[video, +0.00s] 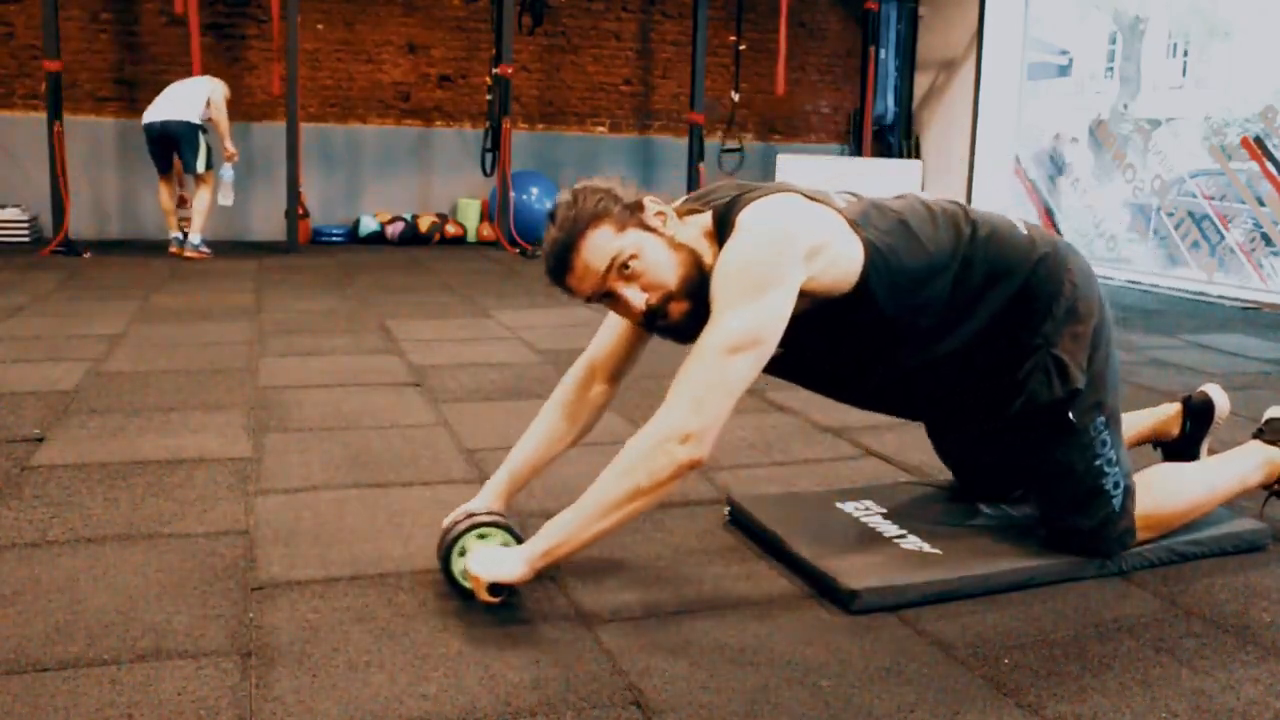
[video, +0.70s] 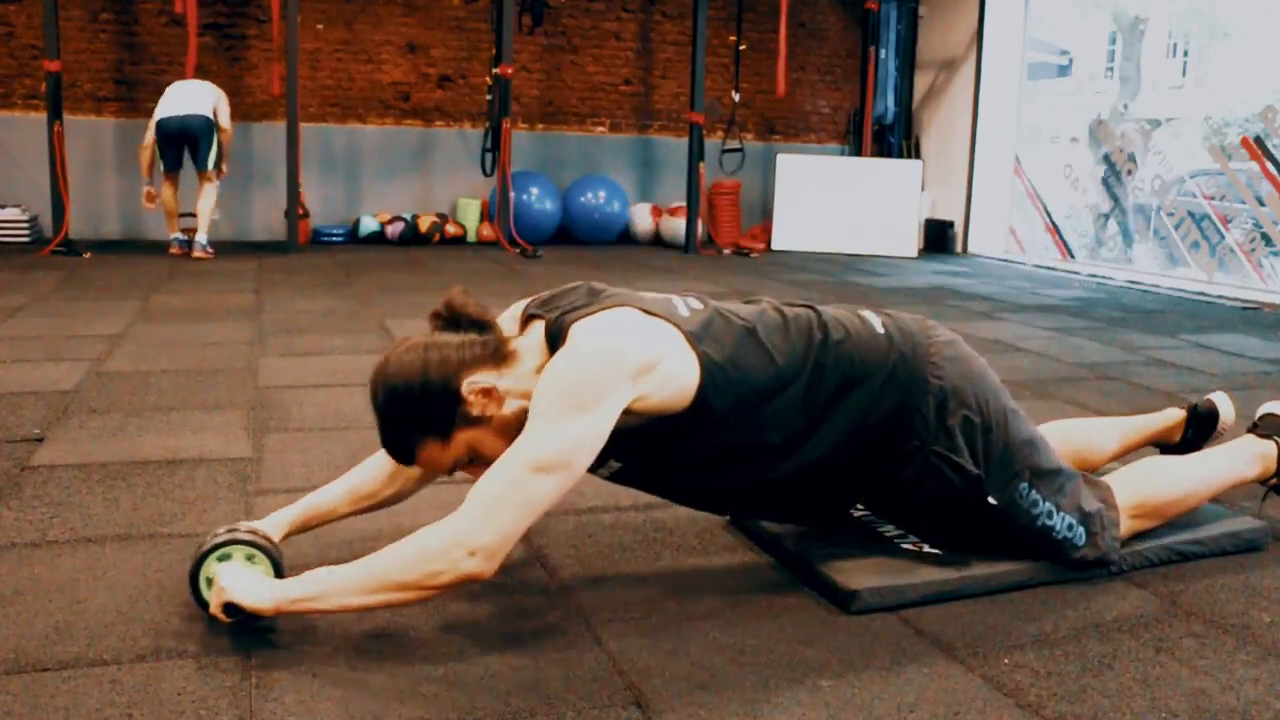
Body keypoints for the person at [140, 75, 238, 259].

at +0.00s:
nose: (224, 100)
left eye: (224, 98)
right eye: (225, 97)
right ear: (221, 87)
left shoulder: (180, 86)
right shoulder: (216, 84)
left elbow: (174, 152)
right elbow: (217, 109)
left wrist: (181, 189)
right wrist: (227, 142)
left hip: (152, 122)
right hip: (184, 121)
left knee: (165, 179)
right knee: (204, 182)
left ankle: (174, 236)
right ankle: (194, 240)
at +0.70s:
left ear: (186, 81)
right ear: (208, 83)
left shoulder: (170, 90)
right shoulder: (216, 91)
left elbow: (148, 141)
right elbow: (225, 127)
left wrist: (147, 182)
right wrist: (222, 161)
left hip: (166, 121)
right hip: (200, 120)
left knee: (169, 180)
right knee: (208, 180)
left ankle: (175, 237)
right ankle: (201, 239)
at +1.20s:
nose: (152, 157)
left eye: (148, 152)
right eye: (150, 155)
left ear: (143, 132)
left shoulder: (145, 133)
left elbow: (127, 181)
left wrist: (108, 220)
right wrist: (184, 219)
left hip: (192, 135)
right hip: (224, 130)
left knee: (169, 190)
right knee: (209, 184)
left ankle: (199, 240)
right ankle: (202, 241)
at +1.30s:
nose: (147, 166)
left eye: (143, 160)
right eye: (145, 162)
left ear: (138, 146)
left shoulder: (141, 143)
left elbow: (119, 195)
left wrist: (98, 231)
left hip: (191, 145)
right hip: (223, 140)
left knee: (162, 195)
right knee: (206, 190)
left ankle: (198, 241)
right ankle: (202, 242)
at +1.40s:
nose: (142, 173)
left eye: (138, 167)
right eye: (140, 170)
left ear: (132, 154)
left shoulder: (135, 151)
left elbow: (116, 203)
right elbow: (197, 192)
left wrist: (97, 240)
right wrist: (189, 222)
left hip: (185, 155)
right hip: (217, 148)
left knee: (155, 201)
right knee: (204, 191)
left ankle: (194, 239)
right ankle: (201, 241)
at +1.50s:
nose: (130, 172)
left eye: (123, 162)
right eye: (124, 164)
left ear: (124, 153)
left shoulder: (128, 154)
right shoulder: (169, 133)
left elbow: (113, 205)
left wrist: (96, 240)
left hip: (173, 168)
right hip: (208, 160)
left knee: (146, 209)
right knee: (201, 195)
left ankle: (185, 236)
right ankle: (200, 239)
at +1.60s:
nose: (118, 154)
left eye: (118, 151)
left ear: (119, 145)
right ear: (136, 135)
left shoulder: (121, 154)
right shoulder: (166, 133)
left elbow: (109, 203)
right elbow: (210, 167)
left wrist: (95, 241)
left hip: (158, 182)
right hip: (194, 174)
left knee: (141, 218)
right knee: (200, 198)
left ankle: (179, 237)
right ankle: (200, 243)